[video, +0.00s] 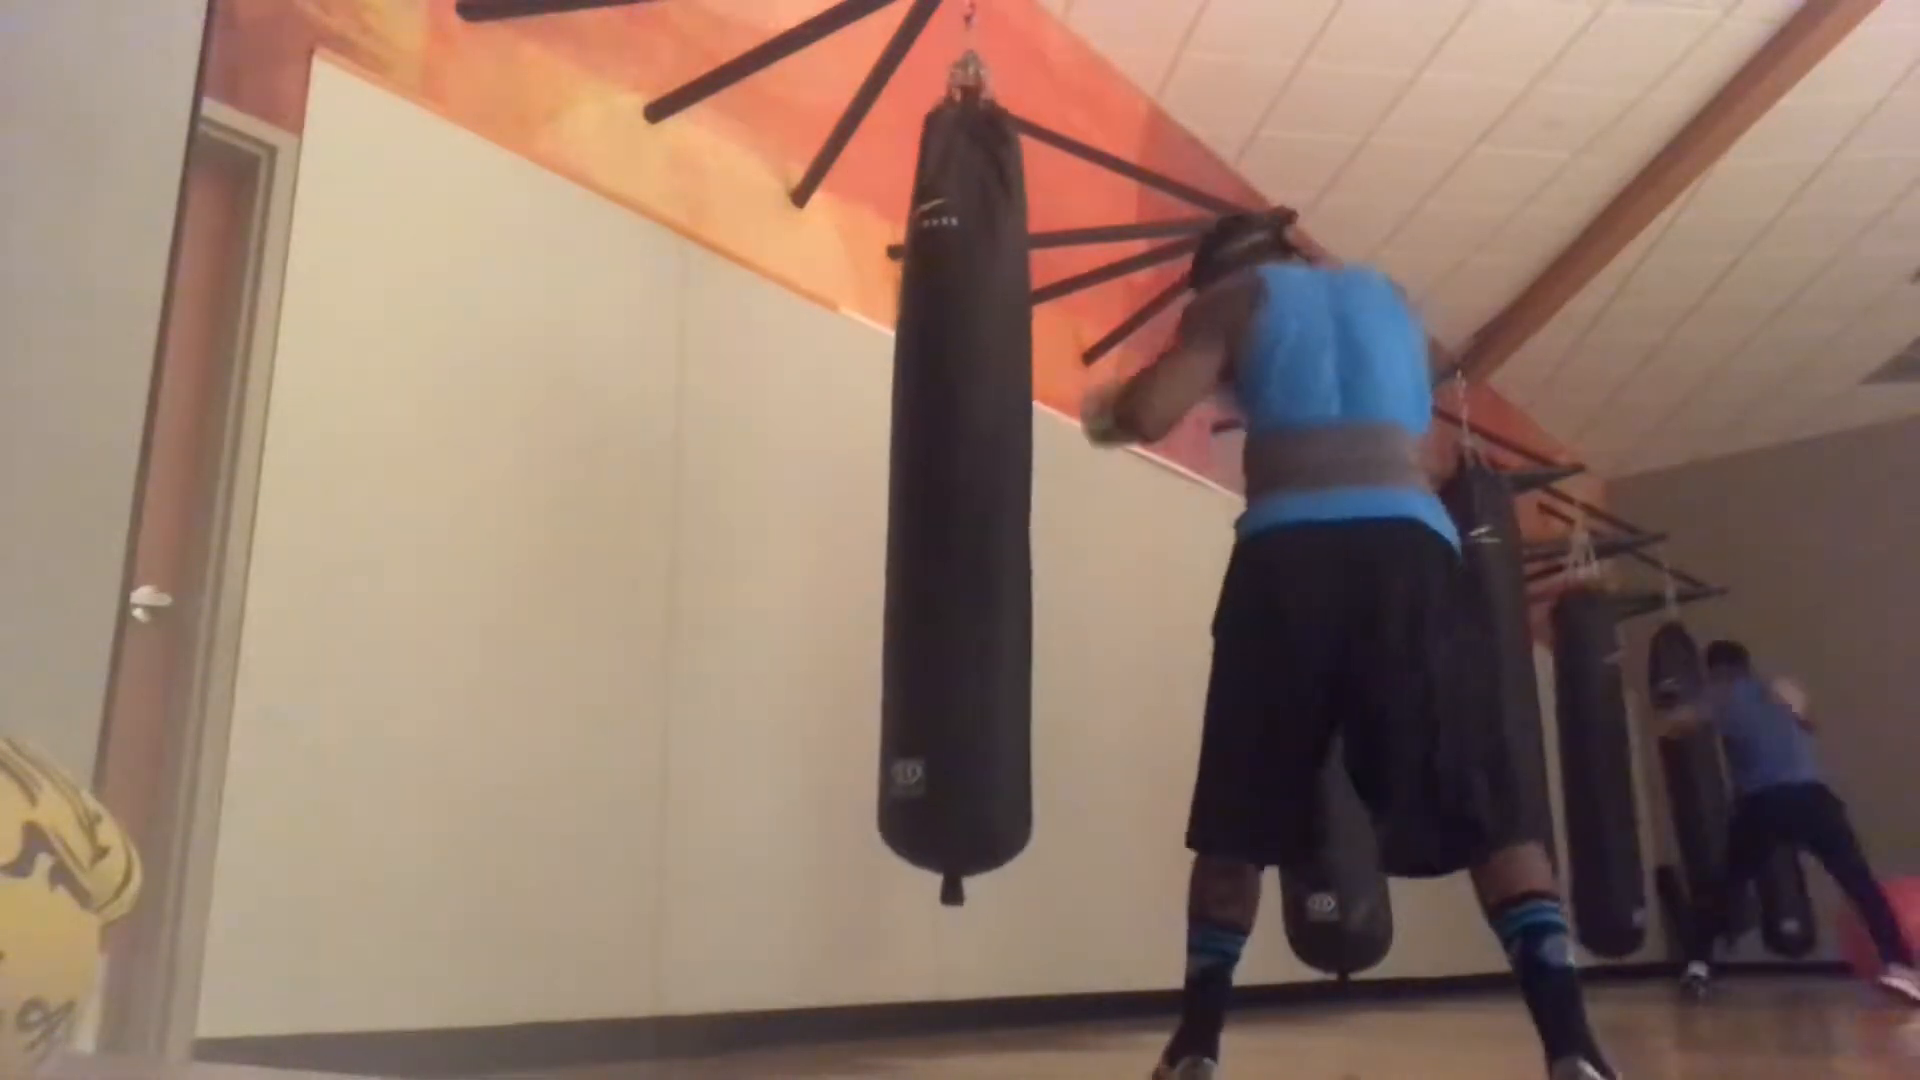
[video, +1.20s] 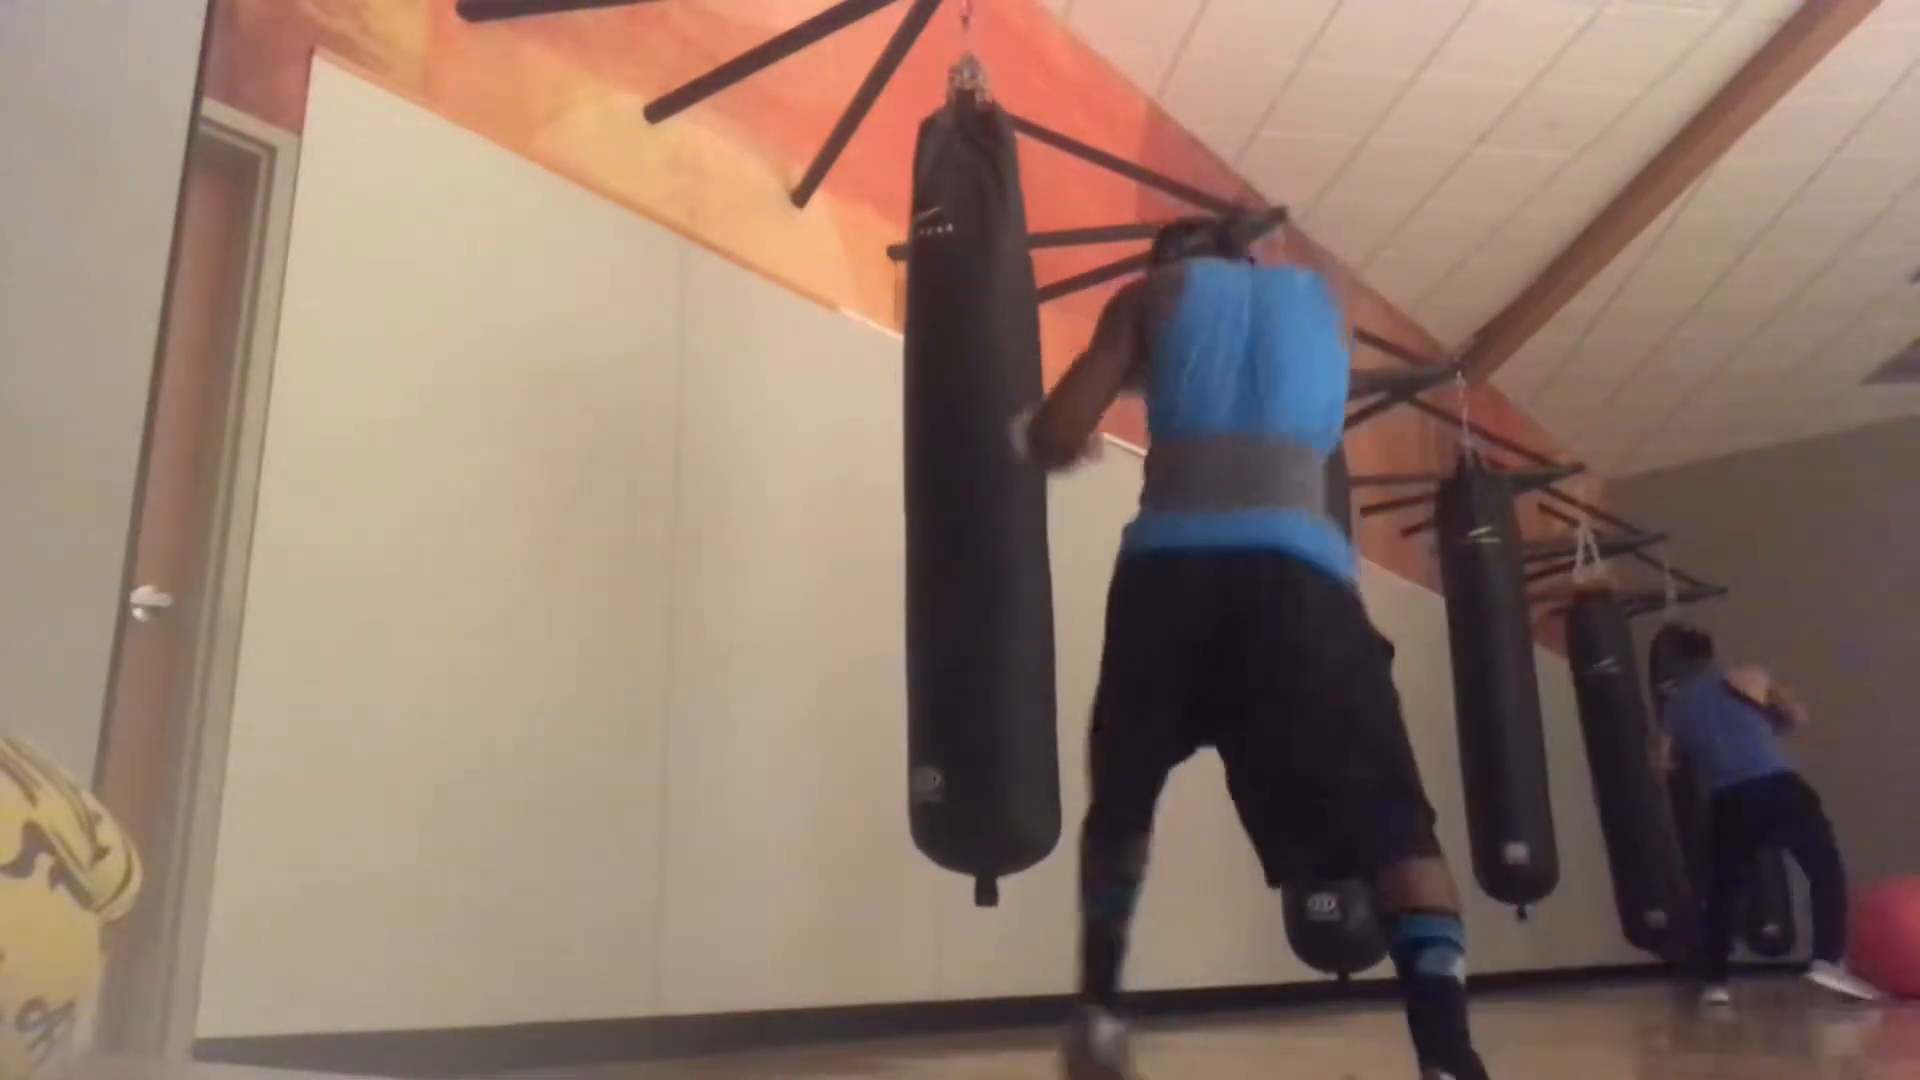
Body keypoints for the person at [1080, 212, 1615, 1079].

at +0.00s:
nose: (1207, 311)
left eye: (1209, 298)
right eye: (1204, 302)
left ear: (1224, 274)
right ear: (1292, 248)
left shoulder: (1234, 295)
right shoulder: (1392, 300)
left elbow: (1148, 412)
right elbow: (1445, 366)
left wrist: (1108, 411)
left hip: (1284, 568)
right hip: (1413, 564)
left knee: (1236, 812)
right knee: (1486, 804)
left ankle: (1196, 1043)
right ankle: (1571, 1046)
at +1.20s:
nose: (1152, 276)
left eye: (1156, 265)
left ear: (1177, 259)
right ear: (1266, 254)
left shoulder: (1152, 291)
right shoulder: (1321, 299)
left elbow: (1055, 437)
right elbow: (1319, 431)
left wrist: (1059, 438)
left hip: (1166, 582)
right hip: (1299, 585)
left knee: (1122, 794)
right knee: (1394, 815)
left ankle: (1098, 1011)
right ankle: (1447, 1051)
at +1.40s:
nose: (1251, 303)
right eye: (1240, 295)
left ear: (1122, 321)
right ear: (1199, 301)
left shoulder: (1086, 368)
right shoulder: (1250, 329)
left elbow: (1012, 458)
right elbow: (1287, 482)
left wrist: (988, 524)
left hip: (1097, 604)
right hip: (1221, 598)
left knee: (1069, 825)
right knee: (1381, 806)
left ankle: (996, 1043)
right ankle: (1389, 1024)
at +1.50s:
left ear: (1098, 325)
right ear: (1177, 309)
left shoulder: (1063, 372)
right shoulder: (1242, 327)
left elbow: (994, 513)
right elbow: (1253, 488)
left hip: (1075, 595)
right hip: (1196, 592)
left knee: (1061, 816)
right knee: (1315, 813)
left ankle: (994, 1042)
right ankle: (1282, 1041)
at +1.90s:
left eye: (1002, 296)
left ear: (1005, 292)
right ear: (1067, 293)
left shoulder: (978, 332)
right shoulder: (1132, 340)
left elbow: (933, 471)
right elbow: (1173, 466)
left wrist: (995, 474)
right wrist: (1094, 472)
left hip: (1001, 585)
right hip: (1114, 586)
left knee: (973, 818)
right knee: (1164, 810)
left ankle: (954, 1047)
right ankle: (1302, 961)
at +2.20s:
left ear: (970, 247)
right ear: (1046, 246)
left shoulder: (965, 310)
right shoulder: (1125, 305)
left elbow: (935, 463)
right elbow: (1177, 456)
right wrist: (1090, 494)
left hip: (1007, 572)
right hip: (1130, 567)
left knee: (984, 814)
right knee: (1213, 772)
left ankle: (955, 1046)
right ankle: (1347, 947)